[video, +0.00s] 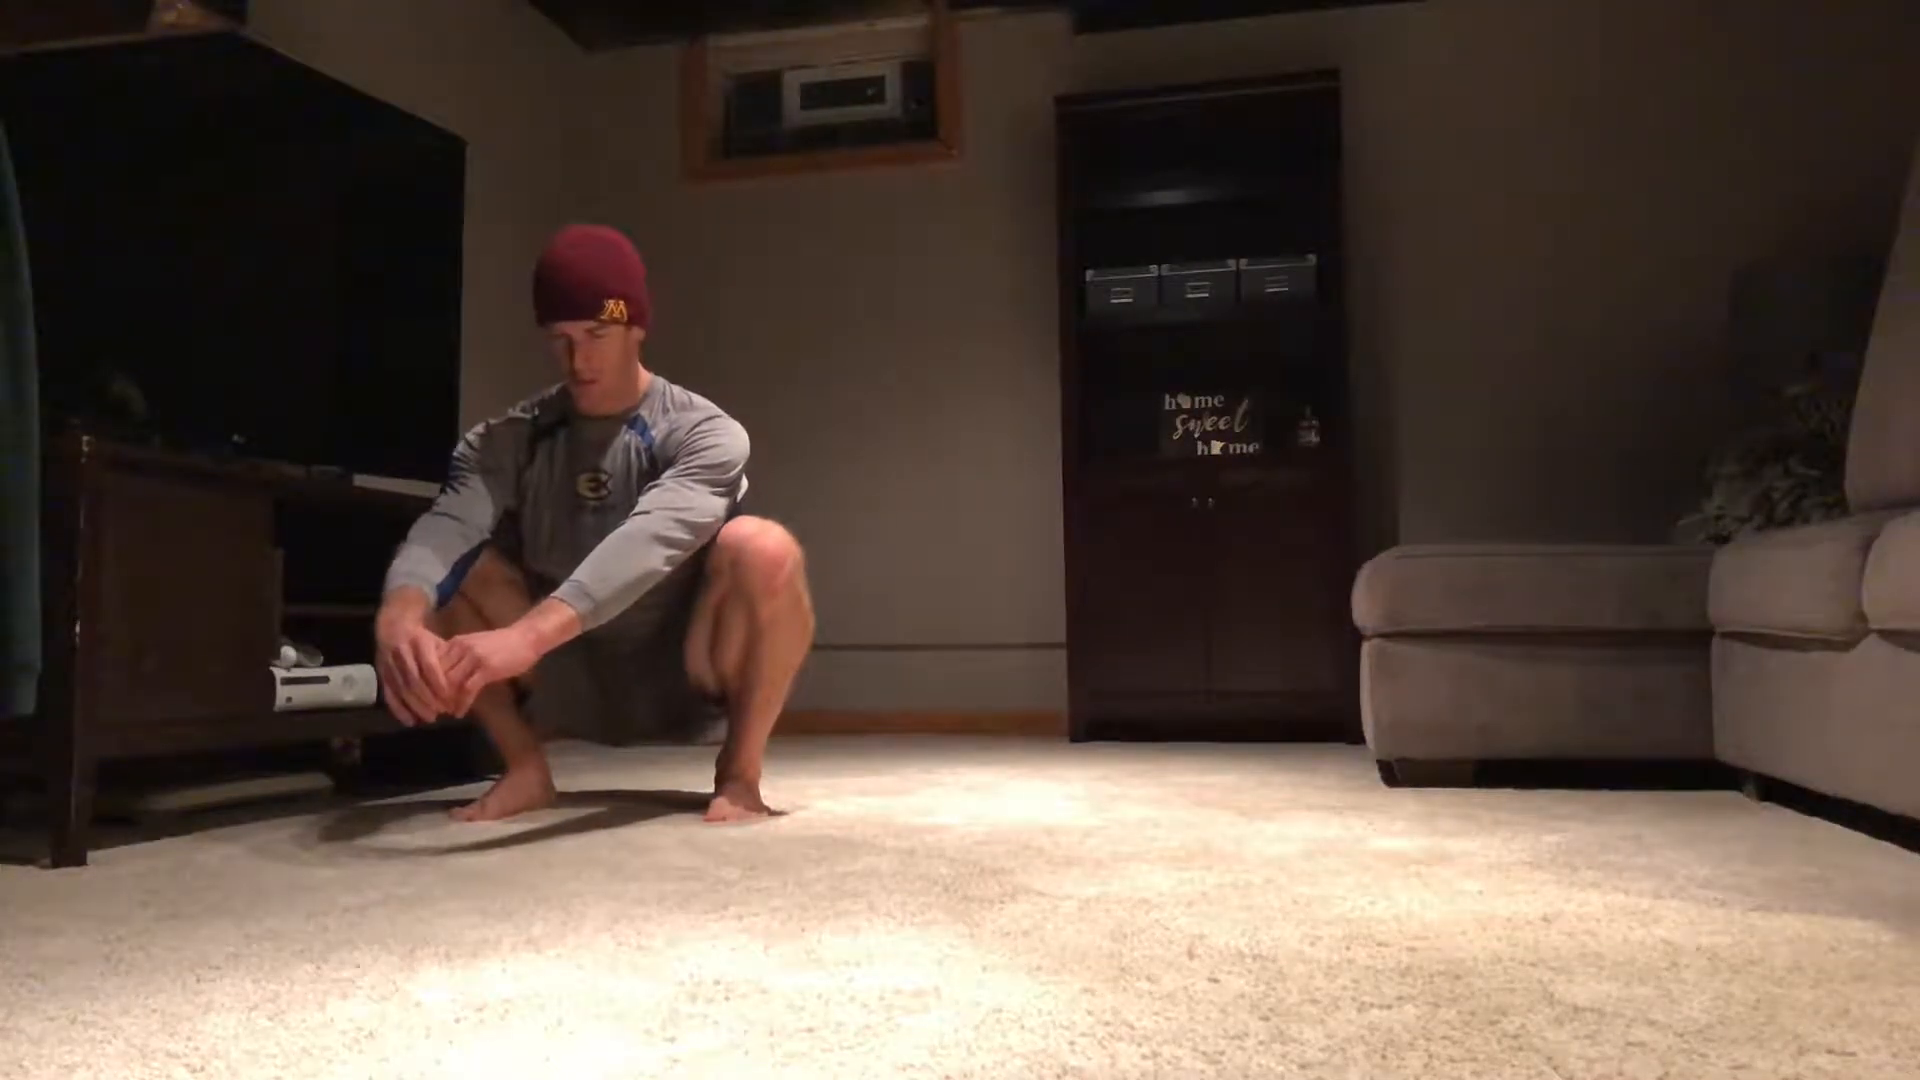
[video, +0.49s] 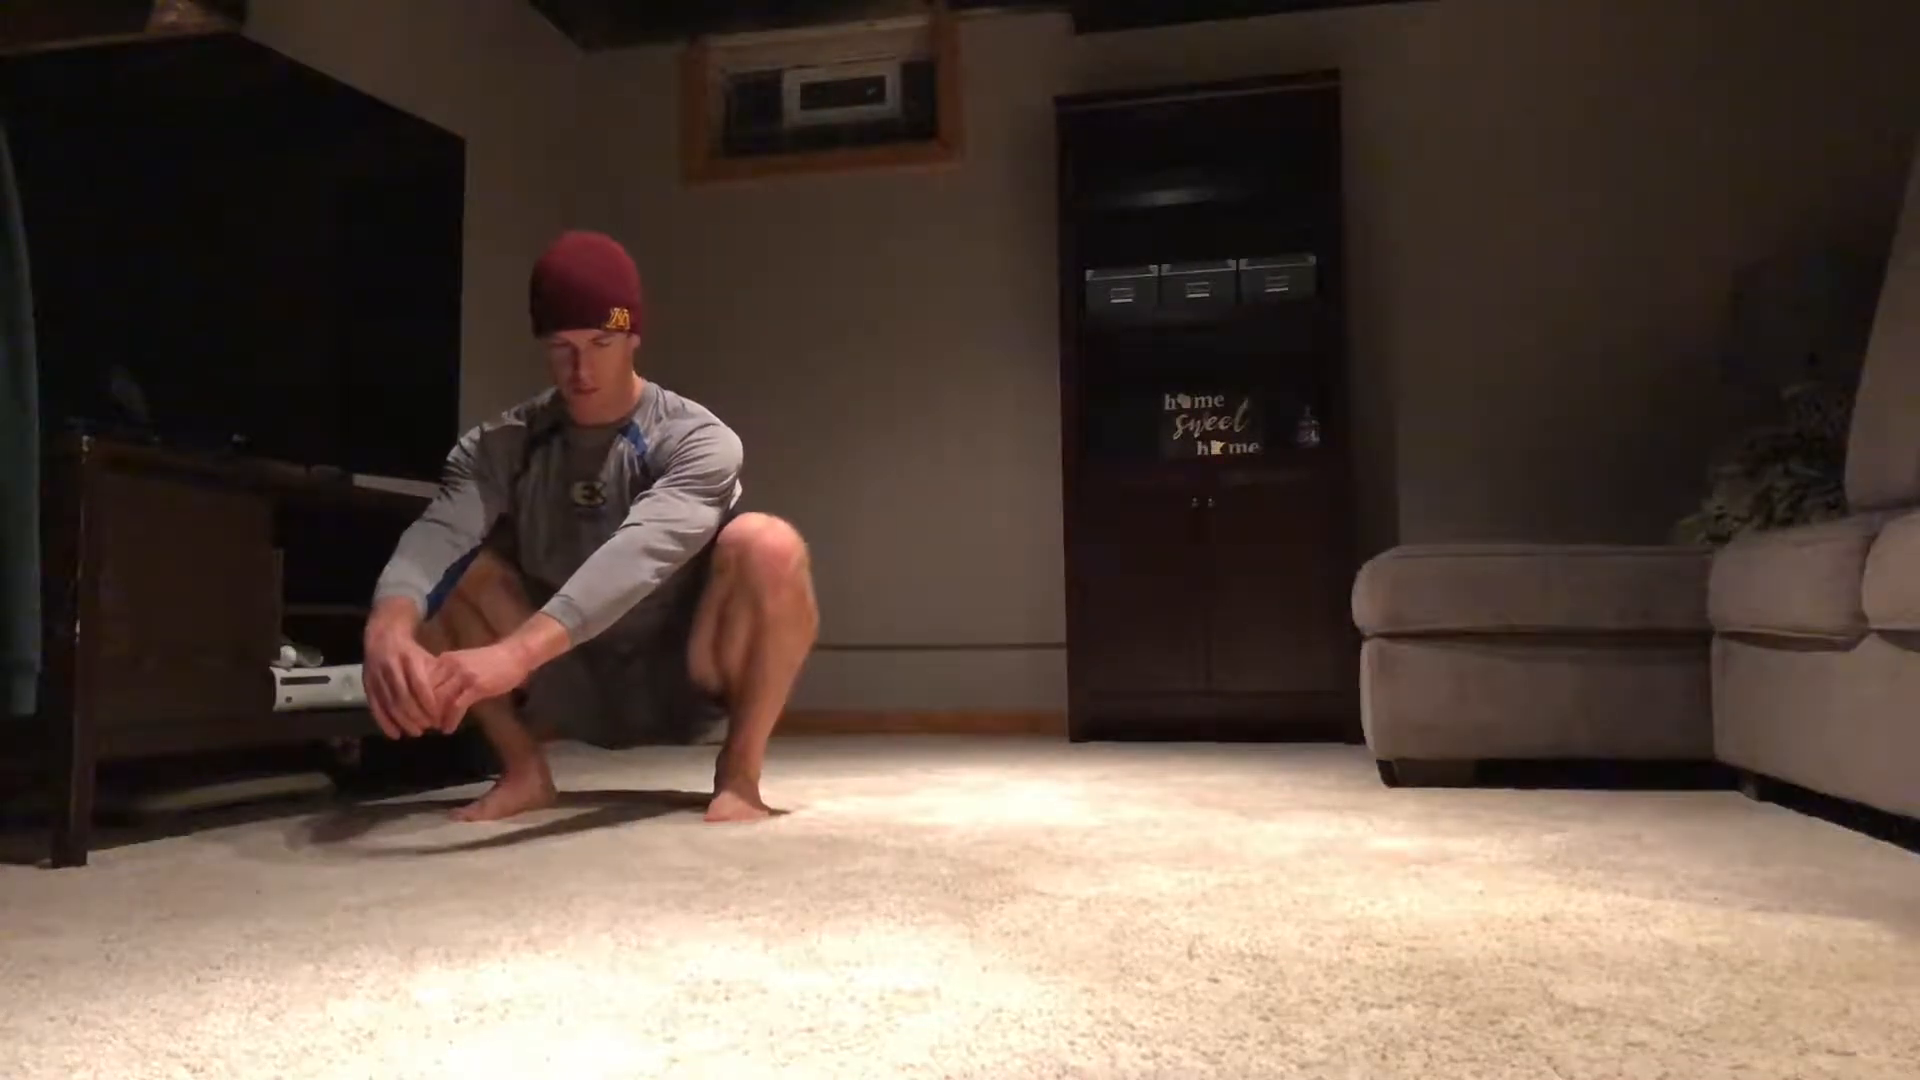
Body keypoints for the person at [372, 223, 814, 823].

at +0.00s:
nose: (578, 363)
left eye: (595, 338)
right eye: (562, 342)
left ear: (637, 330)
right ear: (546, 339)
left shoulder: (707, 436)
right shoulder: (505, 441)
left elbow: (645, 547)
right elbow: (443, 529)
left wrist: (523, 639)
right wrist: (398, 614)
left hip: (681, 679)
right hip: (569, 682)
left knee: (763, 546)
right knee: (447, 571)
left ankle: (741, 778)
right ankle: (524, 770)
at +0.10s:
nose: (576, 367)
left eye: (594, 341)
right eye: (560, 344)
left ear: (635, 333)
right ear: (543, 341)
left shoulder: (705, 440)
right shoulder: (504, 443)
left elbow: (641, 551)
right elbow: (440, 532)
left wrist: (521, 639)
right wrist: (393, 614)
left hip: (684, 681)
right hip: (571, 683)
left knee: (764, 546)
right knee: (446, 574)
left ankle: (741, 779)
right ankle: (524, 771)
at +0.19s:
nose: (576, 369)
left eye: (594, 343)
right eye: (559, 347)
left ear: (634, 336)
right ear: (542, 345)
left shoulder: (704, 443)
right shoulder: (503, 446)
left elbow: (637, 554)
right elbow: (438, 535)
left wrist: (517, 644)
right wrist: (390, 618)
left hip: (684, 684)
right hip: (572, 685)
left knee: (764, 545)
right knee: (446, 576)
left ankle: (742, 779)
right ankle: (524, 770)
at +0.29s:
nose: (575, 367)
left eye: (593, 343)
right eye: (560, 347)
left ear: (631, 336)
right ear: (542, 345)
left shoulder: (702, 443)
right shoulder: (502, 445)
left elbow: (634, 558)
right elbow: (437, 535)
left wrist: (514, 649)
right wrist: (388, 621)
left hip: (682, 685)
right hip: (570, 687)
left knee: (763, 544)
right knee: (451, 575)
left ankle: (742, 778)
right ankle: (523, 772)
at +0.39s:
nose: (577, 367)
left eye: (596, 343)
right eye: (561, 346)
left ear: (632, 335)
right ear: (542, 344)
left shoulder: (702, 443)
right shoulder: (500, 445)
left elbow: (634, 559)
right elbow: (436, 535)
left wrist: (513, 652)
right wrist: (387, 623)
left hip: (679, 684)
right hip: (568, 687)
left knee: (765, 543)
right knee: (451, 575)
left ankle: (742, 777)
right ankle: (523, 772)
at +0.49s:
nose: (580, 370)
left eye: (599, 345)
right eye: (562, 348)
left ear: (633, 336)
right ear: (542, 346)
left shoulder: (701, 444)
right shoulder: (499, 447)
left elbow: (634, 562)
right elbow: (435, 538)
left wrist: (511, 656)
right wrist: (387, 627)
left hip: (680, 685)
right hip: (568, 687)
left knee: (768, 543)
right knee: (449, 574)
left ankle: (742, 777)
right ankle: (522, 772)